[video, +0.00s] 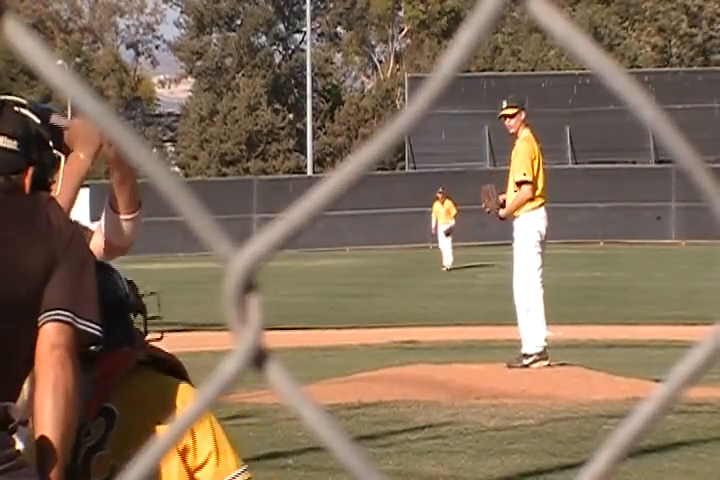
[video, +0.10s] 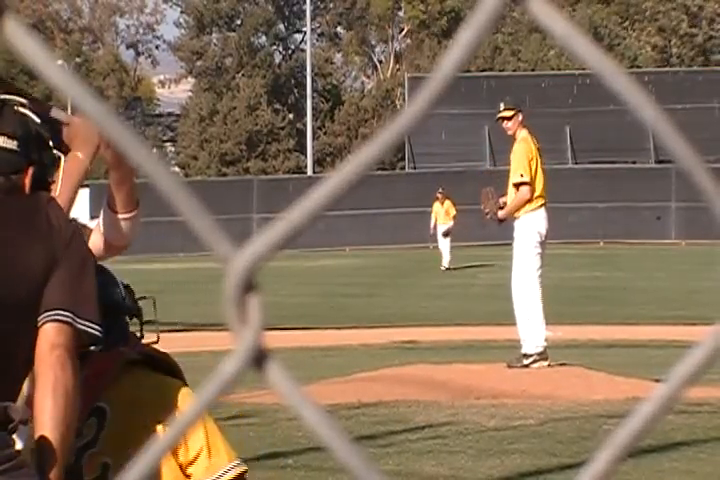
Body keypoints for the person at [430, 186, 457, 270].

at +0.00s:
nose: (440, 195)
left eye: (441, 193)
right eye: (438, 193)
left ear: (444, 194)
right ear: (437, 194)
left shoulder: (448, 203)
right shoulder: (436, 204)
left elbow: (453, 214)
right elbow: (434, 216)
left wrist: (452, 225)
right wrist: (433, 227)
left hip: (447, 224)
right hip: (440, 225)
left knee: (448, 244)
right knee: (441, 244)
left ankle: (449, 262)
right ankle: (445, 262)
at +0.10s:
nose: (439, 195)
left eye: (441, 193)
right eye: (438, 193)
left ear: (444, 195)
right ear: (437, 194)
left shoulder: (448, 203)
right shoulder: (436, 204)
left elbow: (453, 216)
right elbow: (433, 217)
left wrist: (450, 227)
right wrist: (432, 228)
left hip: (447, 224)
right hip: (439, 225)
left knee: (446, 244)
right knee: (440, 244)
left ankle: (446, 263)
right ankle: (444, 260)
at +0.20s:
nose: (440, 195)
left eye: (441, 193)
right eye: (438, 193)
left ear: (444, 195)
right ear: (437, 194)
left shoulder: (448, 203)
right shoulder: (435, 204)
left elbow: (452, 217)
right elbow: (432, 217)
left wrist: (448, 229)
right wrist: (430, 228)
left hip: (446, 225)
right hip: (438, 225)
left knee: (444, 244)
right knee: (439, 244)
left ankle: (444, 263)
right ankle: (444, 260)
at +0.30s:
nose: (440, 195)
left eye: (441, 193)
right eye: (438, 193)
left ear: (444, 195)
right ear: (437, 194)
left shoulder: (447, 204)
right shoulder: (435, 204)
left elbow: (451, 218)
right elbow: (432, 217)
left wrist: (446, 229)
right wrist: (429, 228)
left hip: (445, 225)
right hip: (437, 225)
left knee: (444, 245)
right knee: (436, 245)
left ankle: (444, 264)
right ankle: (441, 259)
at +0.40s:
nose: (439, 195)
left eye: (441, 193)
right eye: (438, 193)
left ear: (443, 194)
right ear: (435, 194)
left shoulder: (446, 203)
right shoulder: (434, 204)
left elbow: (450, 217)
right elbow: (432, 216)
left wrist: (446, 229)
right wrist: (428, 228)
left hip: (444, 225)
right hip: (437, 225)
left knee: (444, 246)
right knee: (433, 244)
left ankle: (444, 265)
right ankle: (437, 260)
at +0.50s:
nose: (437, 195)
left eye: (439, 193)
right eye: (436, 193)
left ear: (441, 195)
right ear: (434, 194)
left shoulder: (444, 203)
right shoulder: (433, 204)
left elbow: (449, 214)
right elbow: (431, 216)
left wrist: (445, 227)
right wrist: (427, 228)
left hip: (443, 226)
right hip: (435, 226)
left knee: (443, 246)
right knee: (431, 244)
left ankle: (444, 265)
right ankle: (432, 261)